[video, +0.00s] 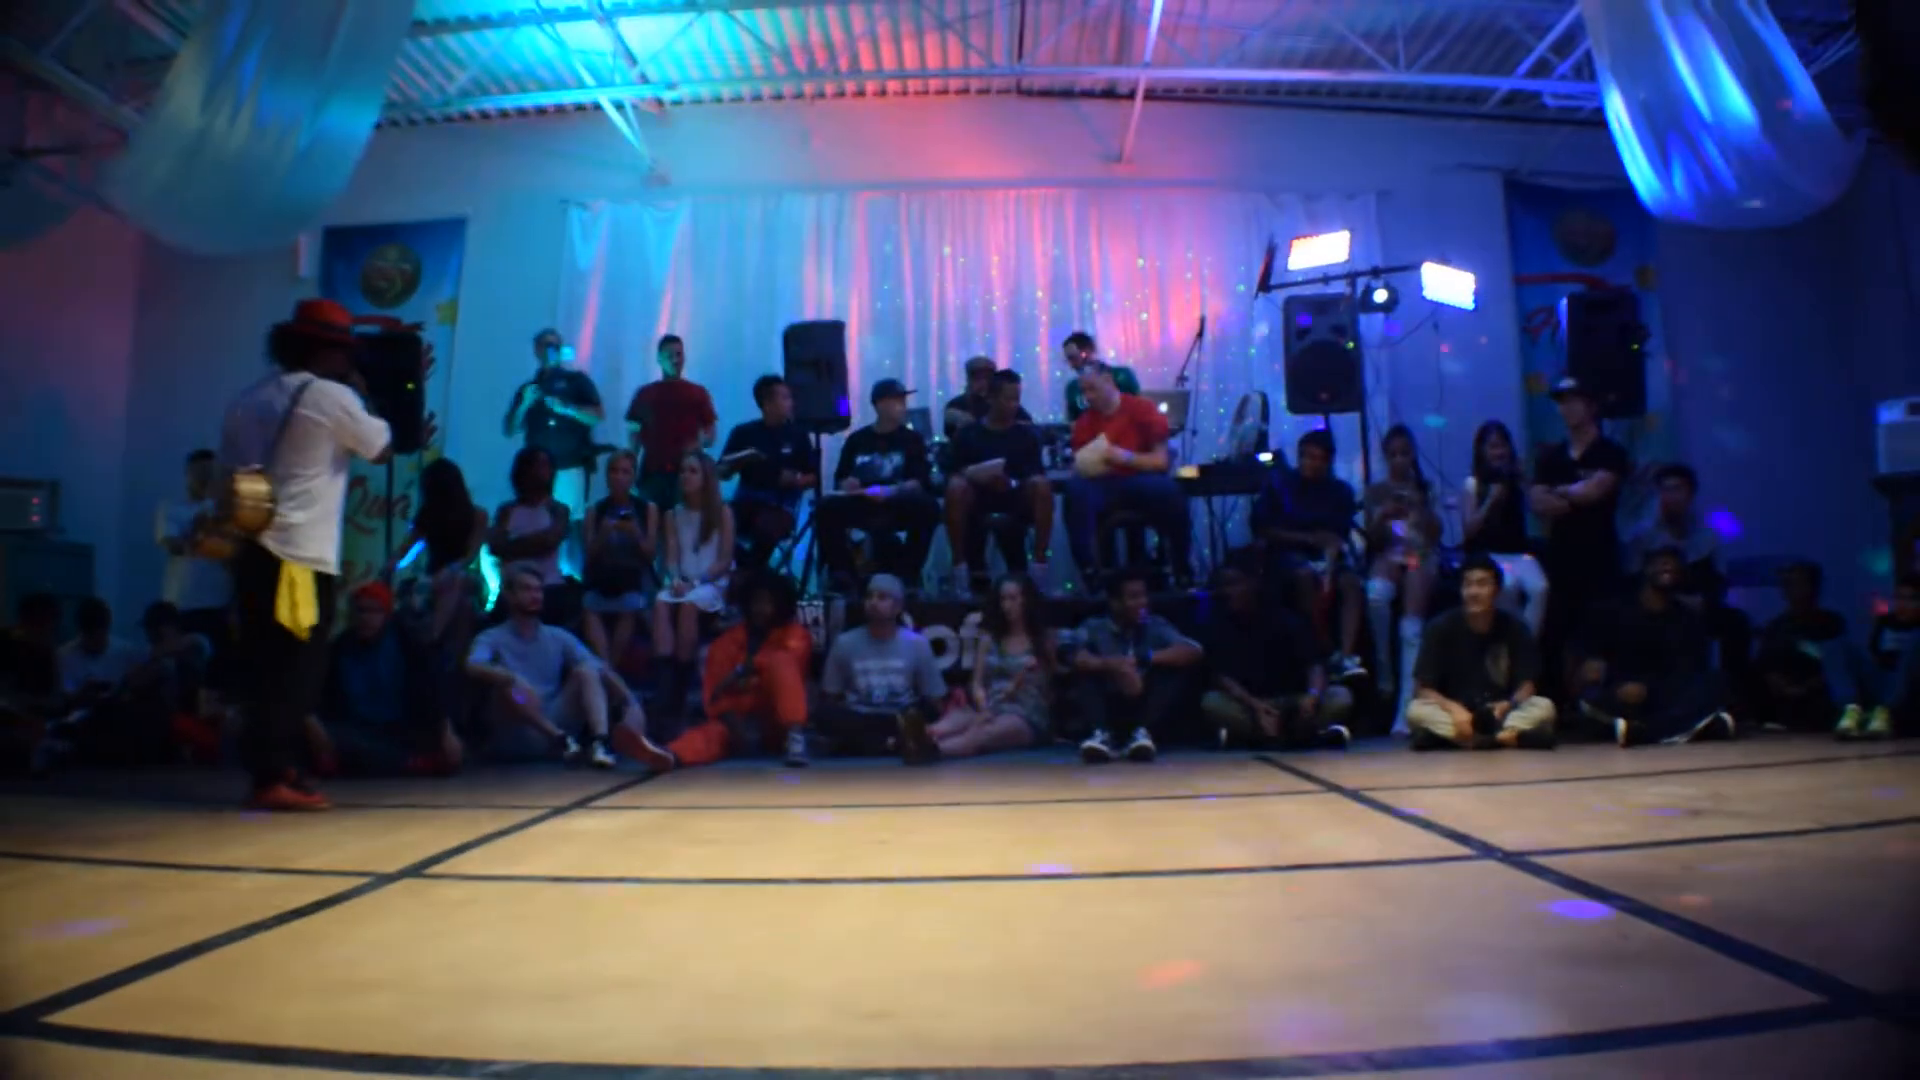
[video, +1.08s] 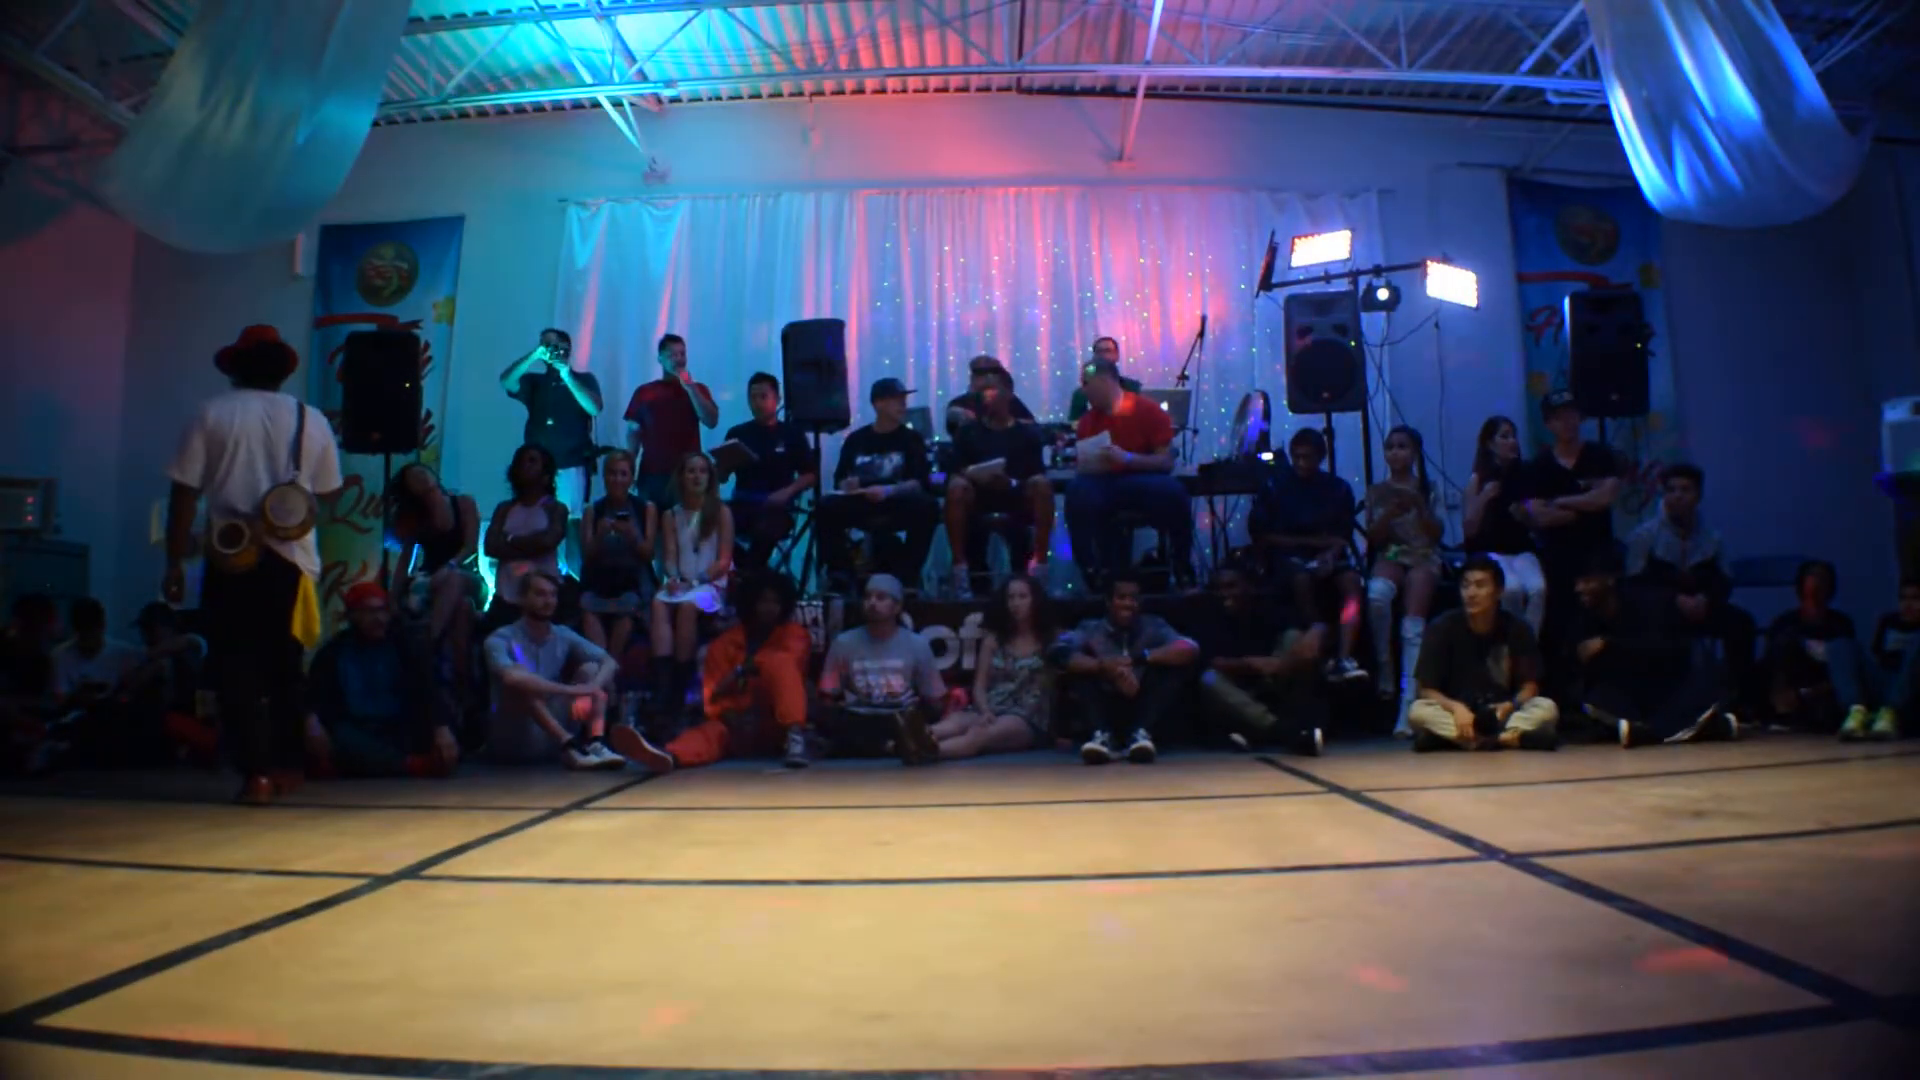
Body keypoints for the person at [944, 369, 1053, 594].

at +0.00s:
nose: (1015, 405)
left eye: (1017, 399)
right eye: (1010, 399)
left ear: (1019, 399)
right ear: (991, 399)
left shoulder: (1027, 434)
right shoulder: (969, 433)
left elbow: (1036, 472)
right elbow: (952, 469)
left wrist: (1010, 482)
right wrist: (974, 476)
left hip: (1014, 490)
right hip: (979, 491)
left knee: (1041, 486)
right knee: (957, 488)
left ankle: (1040, 562)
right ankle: (959, 566)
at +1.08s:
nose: (989, 395)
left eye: (995, 388)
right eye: (985, 389)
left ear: (1009, 394)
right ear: (978, 395)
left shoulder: (1027, 431)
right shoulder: (968, 432)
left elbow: (1037, 472)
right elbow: (955, 468)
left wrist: (1010, 482)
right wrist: (973, 475)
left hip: (1014, 490)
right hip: (980, 490)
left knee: (1041, 485)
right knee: (957, 487)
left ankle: (1039, 560)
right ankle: (959, 564)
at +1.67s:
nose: (969, 395)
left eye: (975, 390)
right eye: (969, 391)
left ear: (993, 394)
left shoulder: (1022, 430)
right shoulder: (965, 433)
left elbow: (1032, 470)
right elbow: (953, 472)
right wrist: (982, 476)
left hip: (1012, 490)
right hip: (978, 492)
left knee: (1039, 485)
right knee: (956, 488)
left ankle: (1041, 563)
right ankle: (958, 566)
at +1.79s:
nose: (969, 396)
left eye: (974, 390)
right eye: (969, 391)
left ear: (994, 397)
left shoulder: (1021, 431)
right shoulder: (964, 433)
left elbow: (1029, 470)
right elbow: (953, 472)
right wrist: (983, 477)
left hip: (1012, 490)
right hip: (977, 491)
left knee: (1040, 486)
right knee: (957, 488)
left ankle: (1041, 563)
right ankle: (958, 566)